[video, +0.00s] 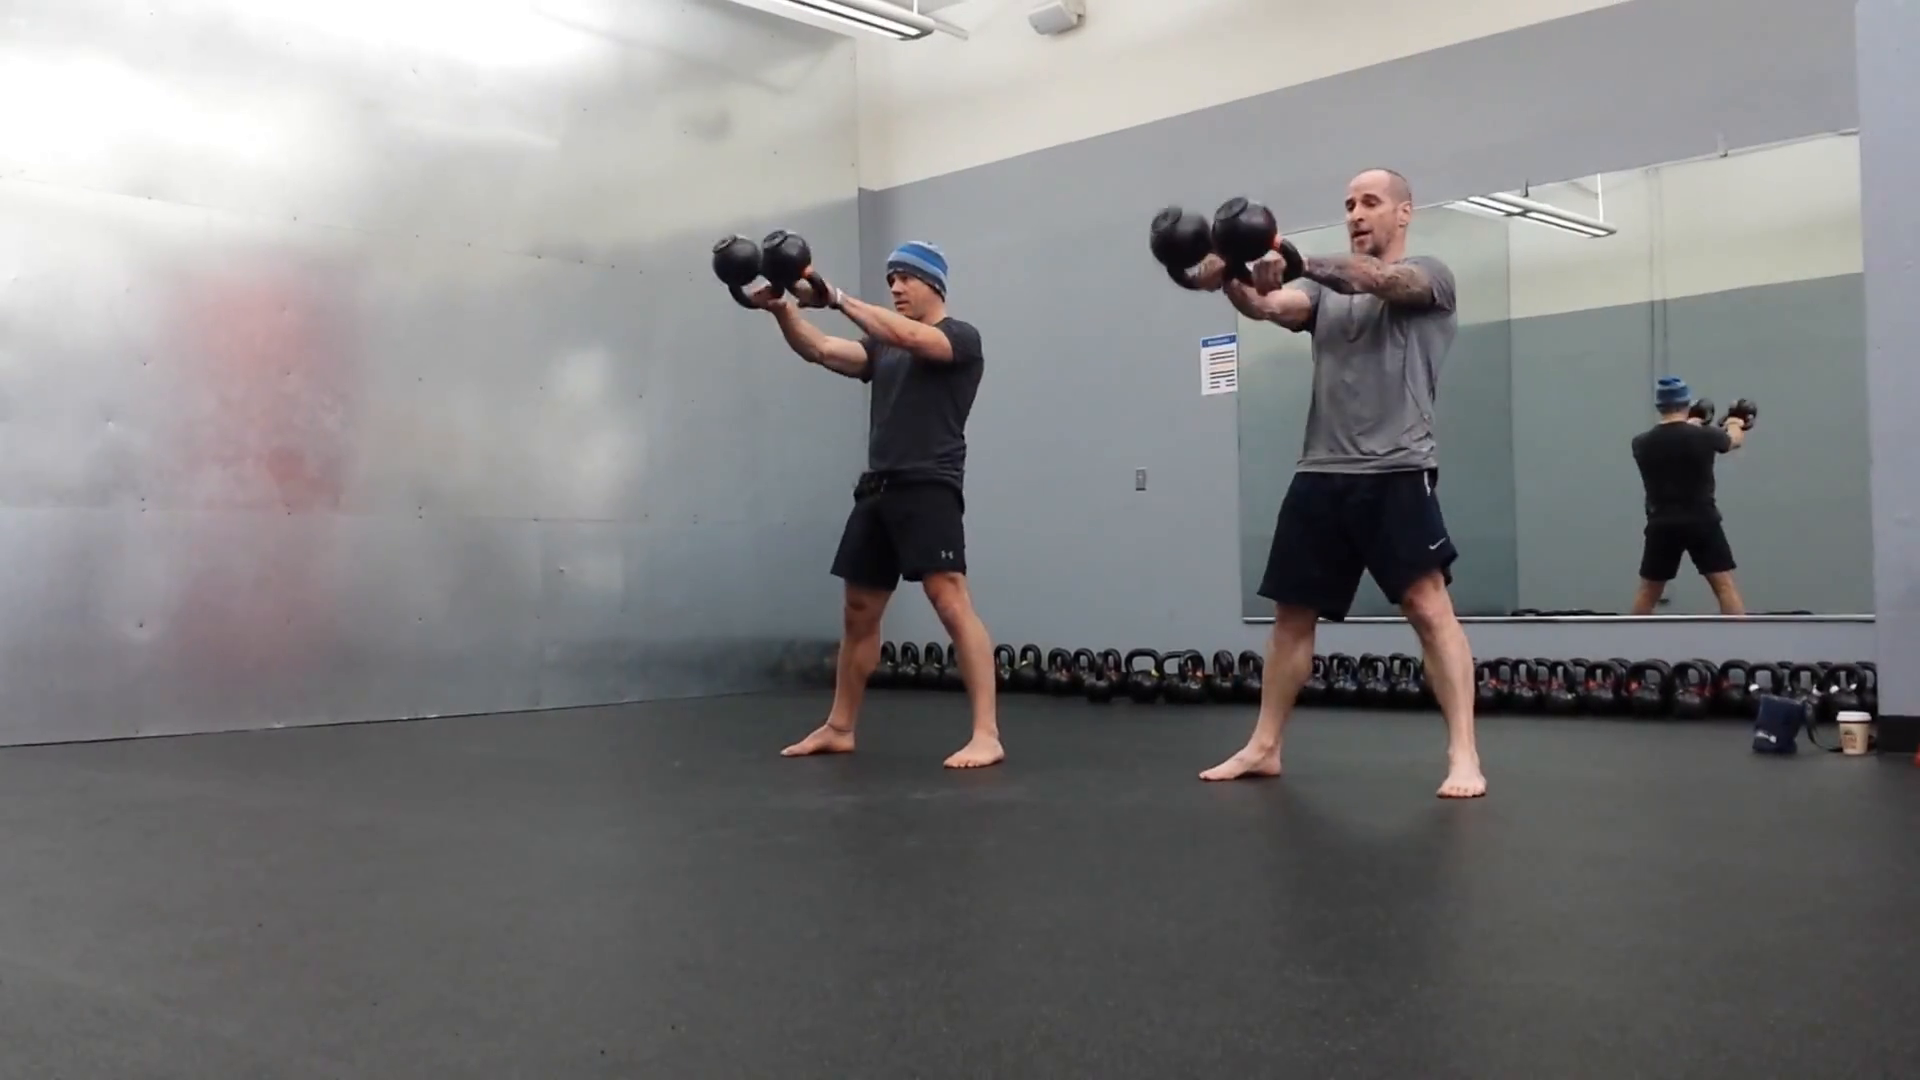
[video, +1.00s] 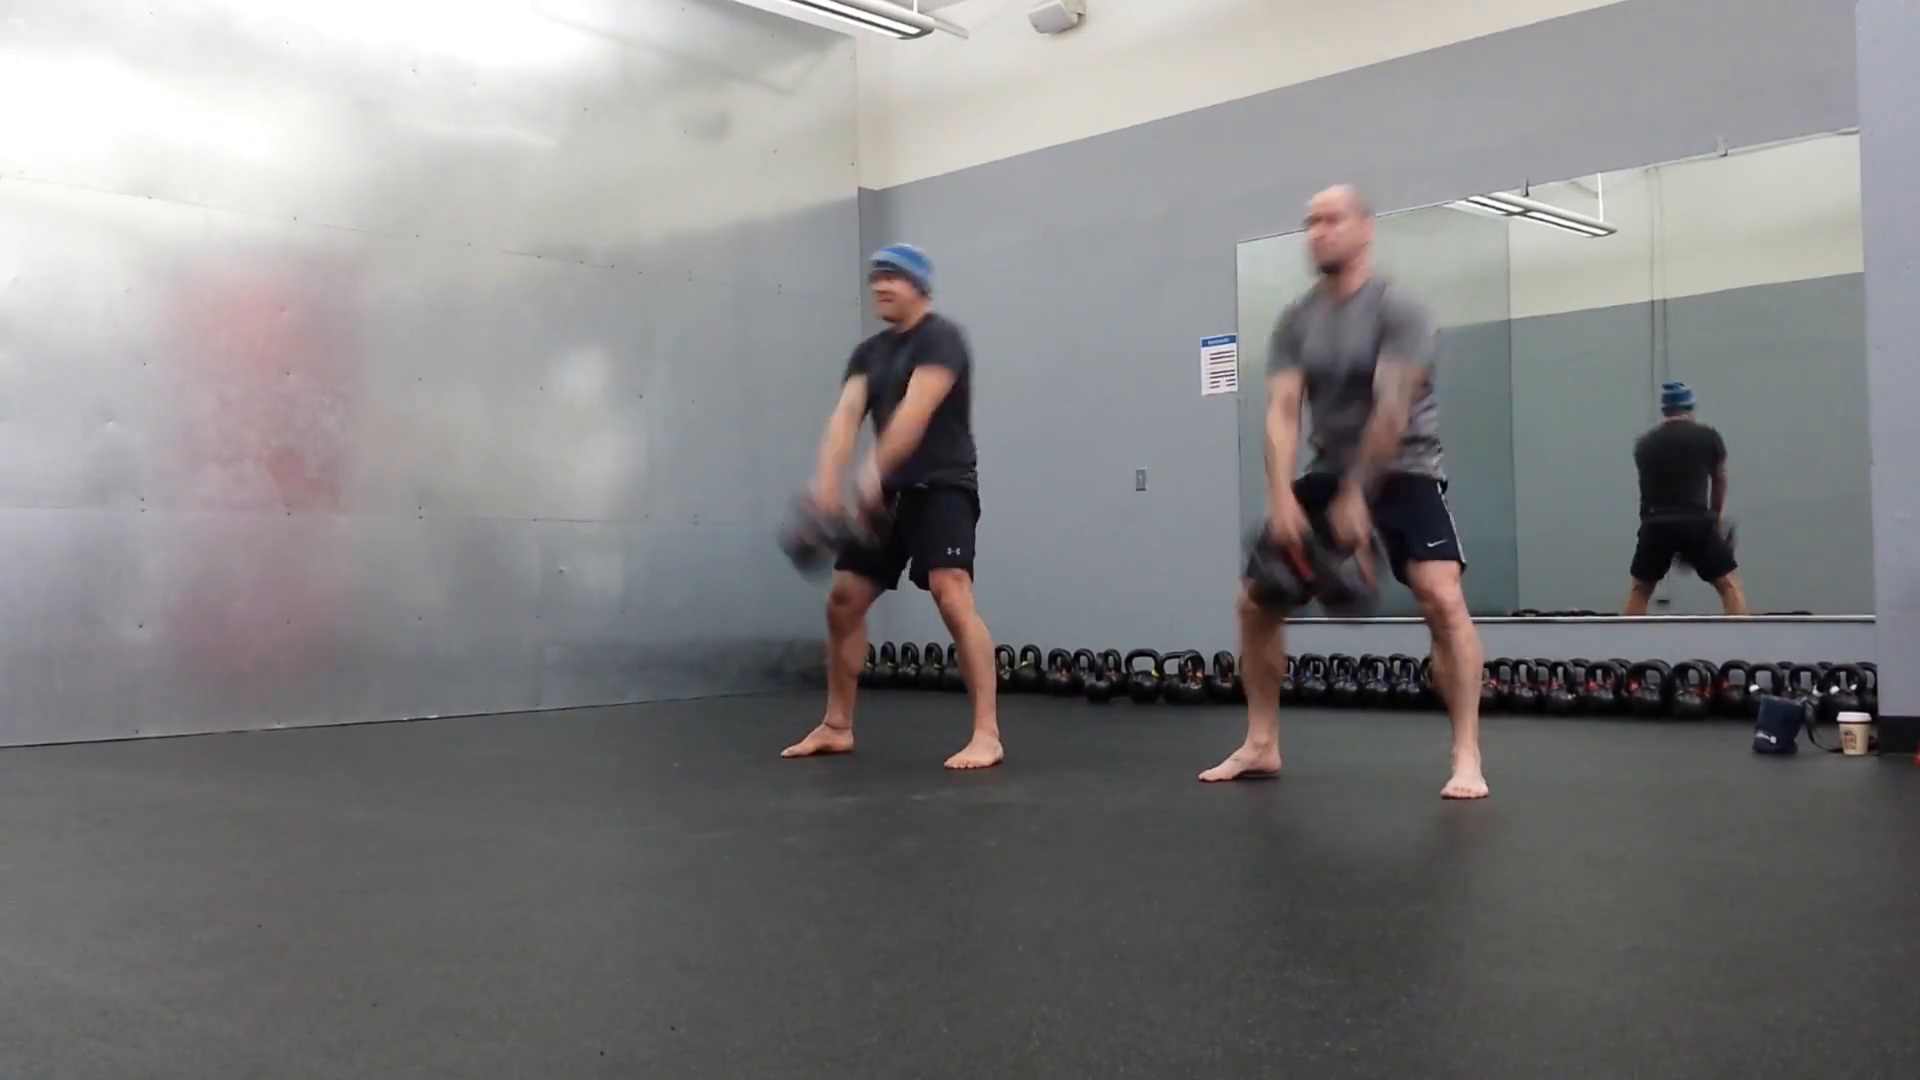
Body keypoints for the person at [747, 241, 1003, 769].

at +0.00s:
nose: (893, 287)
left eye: (902, 278)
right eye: (890, 281)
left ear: (932, 284)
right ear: (899, 290)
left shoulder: (962, 339)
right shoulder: (884, 348)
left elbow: (904, 334)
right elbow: (818, 348)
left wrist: (836, 298)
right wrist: (782, 309)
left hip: (930, 490)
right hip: (877, 493)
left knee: (951, 603)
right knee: (859, 612)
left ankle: (986, 736)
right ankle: (841, 727)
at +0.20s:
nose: (902, 296)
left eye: (911, 285)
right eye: (897, 288)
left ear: (940, 289)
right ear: (899, 295)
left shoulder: (971, 342)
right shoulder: (901, 350)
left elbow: (919, 363)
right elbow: (859, 372)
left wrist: (853, 355)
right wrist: (816, 368)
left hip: (939, 494)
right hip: (887, 495)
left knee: (954, 603)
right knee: (860, 612)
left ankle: (987, 736)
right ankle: (839, 727)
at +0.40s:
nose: (869, 314)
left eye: (877, 303)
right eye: (864, 304)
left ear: (906, 300)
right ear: (863, 307)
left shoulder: (943, 351)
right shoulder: (870, 363)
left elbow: (923, 429)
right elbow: (849, 431)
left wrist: (877, 488)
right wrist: (831, 495)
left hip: (953, 497)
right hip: (898, 500)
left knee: (956, 597)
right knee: (848, 606)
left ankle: (987, 736)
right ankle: (838, 727)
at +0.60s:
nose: (790, 415)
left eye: (797, 401)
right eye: (784, 404)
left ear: (825, 394)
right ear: (783, 407)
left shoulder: (885, 439)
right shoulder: (810, 460)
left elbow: (932, 531)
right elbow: (853, 534)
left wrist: (938, 586)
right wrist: (902, 587)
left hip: (954, 530)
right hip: (893, 540)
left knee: (966, 602)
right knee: (817, 608)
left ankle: (991, 737)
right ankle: (835, 728)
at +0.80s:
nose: (788, 394)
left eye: (798, 381)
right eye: (785, 384)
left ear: (827, 383)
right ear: (787, 389)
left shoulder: (885, 435)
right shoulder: (810, 452)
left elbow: (923, 529)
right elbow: (851, 529)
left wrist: (936, 585)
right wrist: (892, 579)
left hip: (951, 527)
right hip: (889, 538)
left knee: (954, 604)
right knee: (813, 609)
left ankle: (989, 737)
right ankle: (835, 728)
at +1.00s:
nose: (880, 290)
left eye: (891, 281)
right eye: (876, 282)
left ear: (920, 287)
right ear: (873, 292)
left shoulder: (943, 340)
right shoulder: (870, 351)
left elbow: (913, 415)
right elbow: (845, 417)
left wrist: (873, 476)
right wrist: (827, 483)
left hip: (943, 489)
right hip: (888, 491)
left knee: (951, 594)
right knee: (844, 602)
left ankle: (986, 734)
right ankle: (837, 725)